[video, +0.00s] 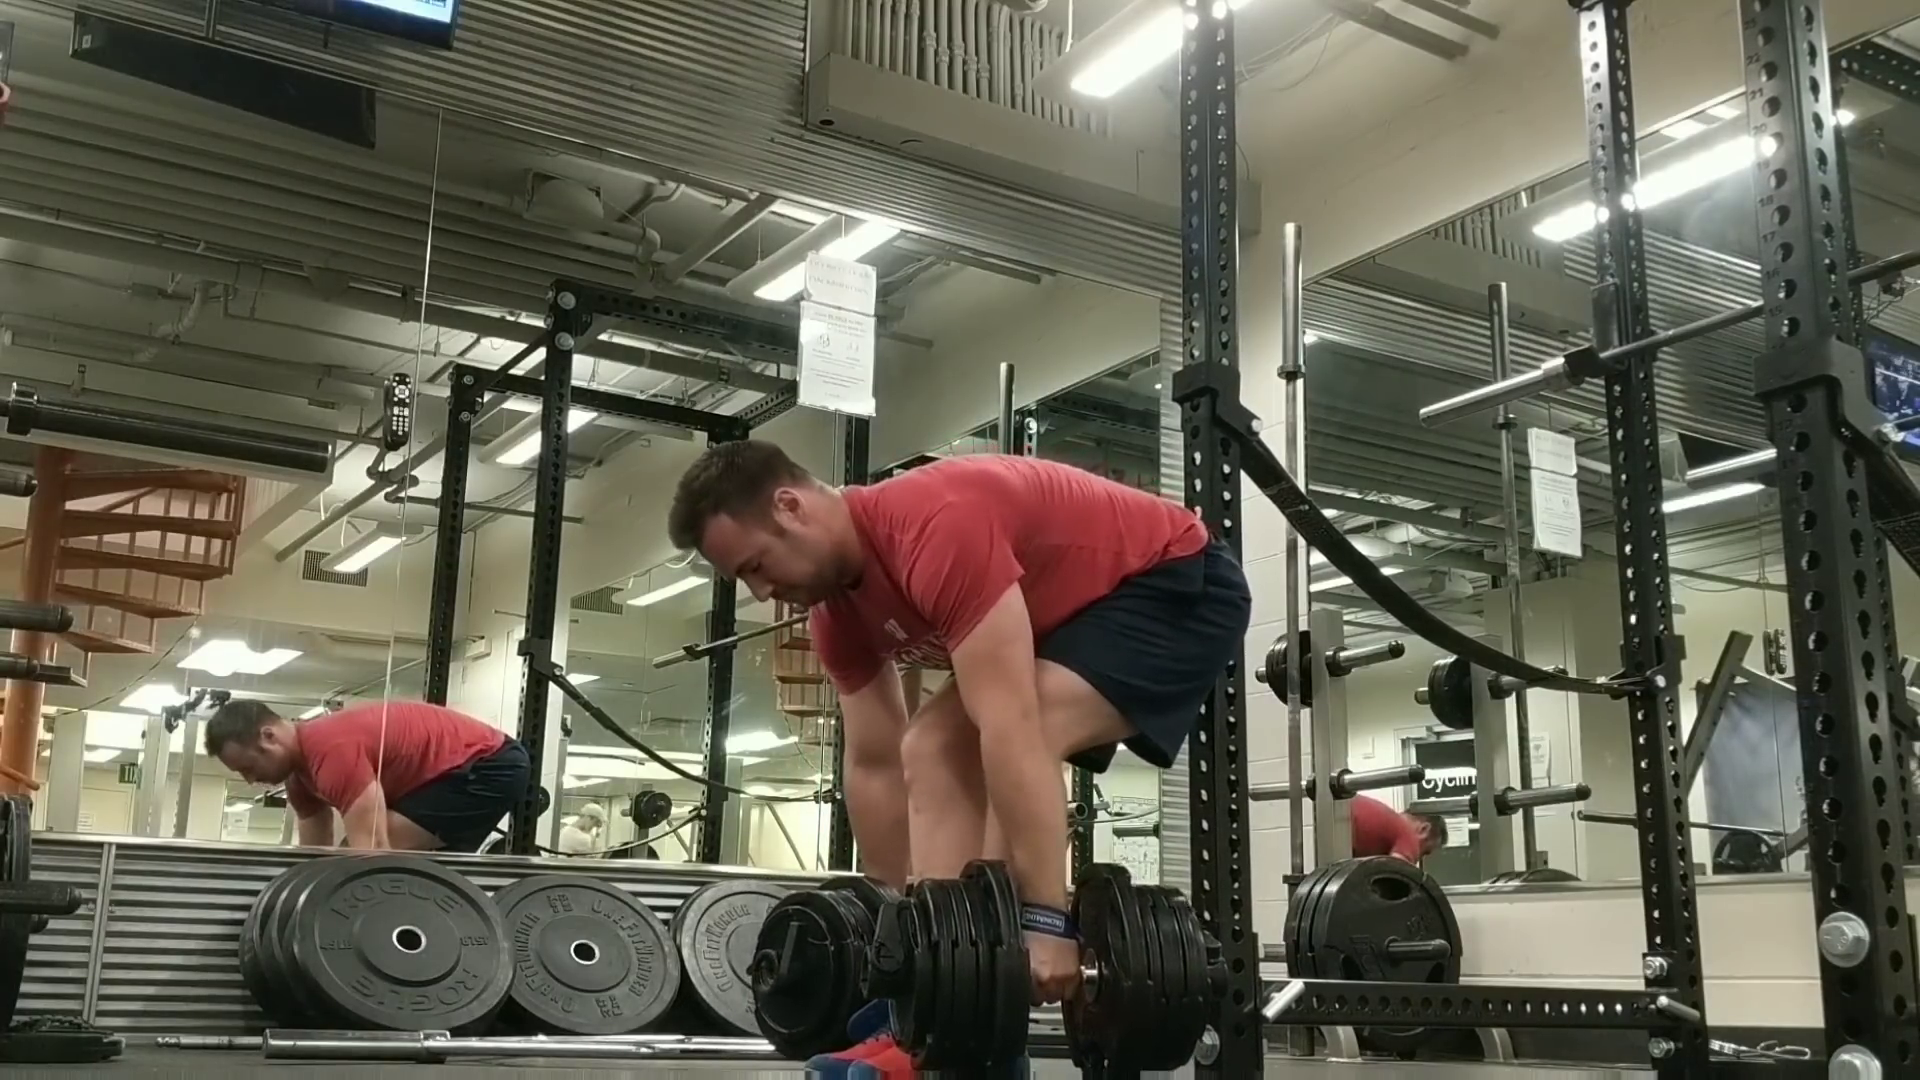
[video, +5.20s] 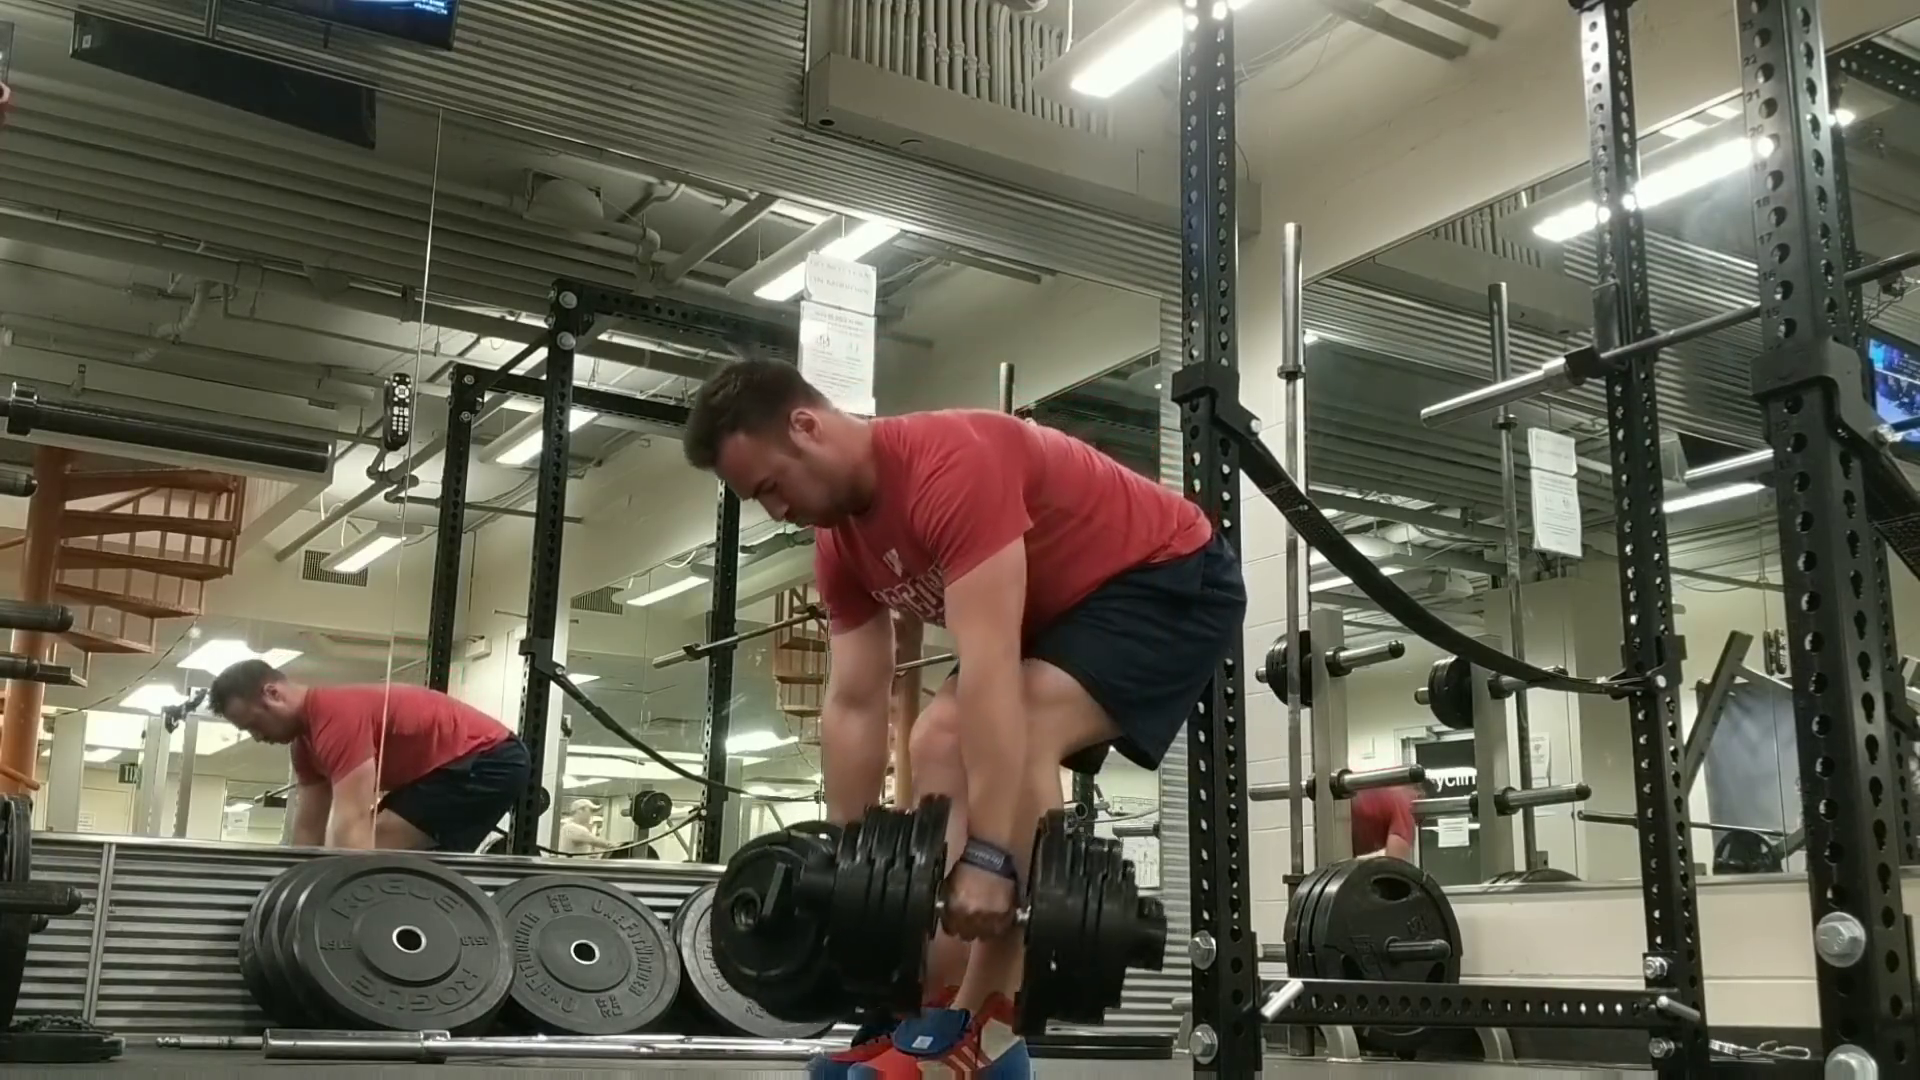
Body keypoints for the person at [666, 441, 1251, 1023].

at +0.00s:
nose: (760, 593)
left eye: (755, 566)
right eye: (743, 581)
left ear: (793, 505)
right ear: (794, 509)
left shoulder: (940, 527)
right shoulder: (839, 611)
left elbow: (1013, 727)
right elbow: (876, 765)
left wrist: (1050, 921)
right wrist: (890, 943)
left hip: (1176, 585)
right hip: (1075, 612)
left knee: (1003, 739)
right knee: (932, 743)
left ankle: (975, 1021)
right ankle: (921, 1005)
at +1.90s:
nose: (773, 510)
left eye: (767, 484)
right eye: (756, 499)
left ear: (804, 423)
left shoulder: (952, 456)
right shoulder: (846, 538)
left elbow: (1043, 624)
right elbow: (883, 684)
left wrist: (1040, 808)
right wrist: (876, 844)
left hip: (1166, 578)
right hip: (1054, 603)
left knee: (1009, 732)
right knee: (942, 733)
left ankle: (993, 1020)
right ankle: (943, 1003)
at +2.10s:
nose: (796, 478)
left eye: (788, 455)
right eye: (778, 471)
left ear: (816, 391)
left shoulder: (967, 412)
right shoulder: (857, 509)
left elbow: (1094, 548)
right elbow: (906, 631)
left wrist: (1088, 721)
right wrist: (896, 769)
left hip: (1163, 572)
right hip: (1040, 604)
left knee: (1020, 764)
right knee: (948, 757)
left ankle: (988, 1020)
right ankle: (941, 1004)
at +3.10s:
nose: (794, 482)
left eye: (785, 459)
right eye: (775, 475)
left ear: (812, 394)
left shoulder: (965, 420)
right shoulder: (853, 512)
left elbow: (1026, 602)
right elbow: (874, 665)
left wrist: (1029, 786)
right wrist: (864, 821)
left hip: (1164, 574)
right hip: (1053, 603)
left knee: (1018, 741)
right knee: (930, 747)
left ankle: (991, 1018)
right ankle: (942, 1000)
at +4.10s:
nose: (819, 453)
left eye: (810, 432)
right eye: (800, 447)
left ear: (834, 366)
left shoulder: (985, 382)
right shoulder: (865, 475)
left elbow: (1107, 524)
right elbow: (915, 595)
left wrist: (1097, 691)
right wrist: (904, 735)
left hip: (1159, 563)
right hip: (1038, 594)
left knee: (1026, 752)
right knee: (956, 746)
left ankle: (991, 1014)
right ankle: (942, 1000)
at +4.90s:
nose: (808, 477)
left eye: (798, 457)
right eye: (790, 471)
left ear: (823, 390)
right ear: (823, 393)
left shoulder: (976, 407)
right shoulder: (857, 493)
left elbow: (1051, 590)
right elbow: (885, 641)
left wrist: (1055, 774)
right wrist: (872, 794)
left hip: (1163, 570)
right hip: (1043, 596)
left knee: (1028, 743)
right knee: (947, 746)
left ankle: (989, 1018)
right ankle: (944, 999)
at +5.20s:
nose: (773, 512)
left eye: (769, 487)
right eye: (757, 500)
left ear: (807, 426)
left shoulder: (955, 465)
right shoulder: (845, 546)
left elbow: (989, 667)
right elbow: (855, 704)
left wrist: (991, 854)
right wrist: (848, 866)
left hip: (1167, 578)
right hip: (1062, 611)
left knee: (1012, 735)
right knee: (939, 739)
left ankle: (992, 1027)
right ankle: (936, 1016)